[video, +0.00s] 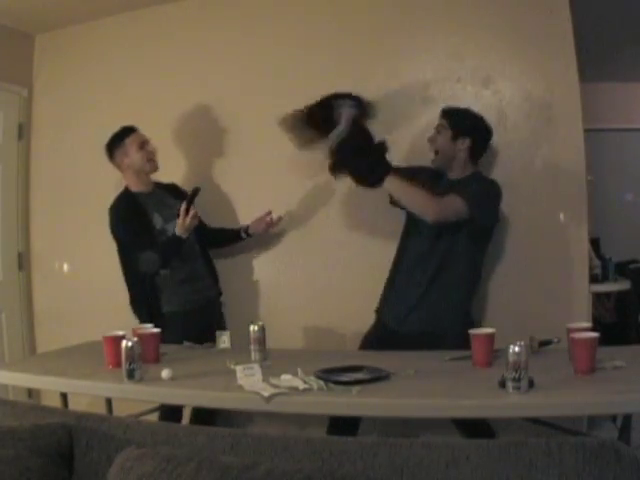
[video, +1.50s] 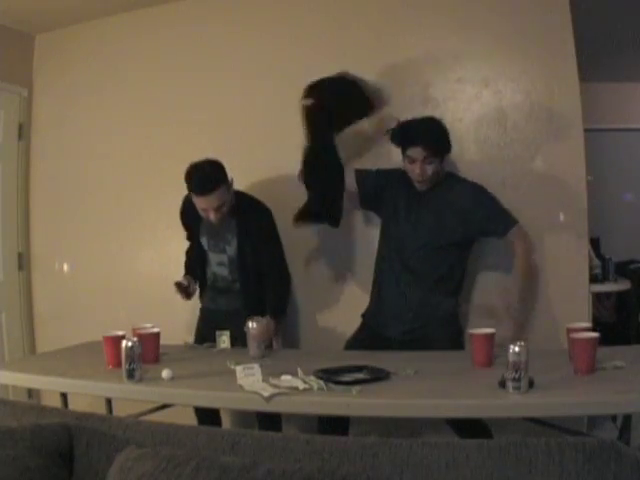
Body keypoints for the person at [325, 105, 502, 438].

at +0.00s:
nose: (431, 139)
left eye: (439, 133)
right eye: (434, 131)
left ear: (463, 145)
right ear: (458, 144)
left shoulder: (484, 191)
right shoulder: (427, 179)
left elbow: (434, 210)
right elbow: (374, 173)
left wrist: (379, 173)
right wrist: (350, 130)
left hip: (443, 327)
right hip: (394, 320)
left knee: (463, 411)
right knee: (347, 395)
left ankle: (504, 468)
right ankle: (331, 471)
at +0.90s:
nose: (421, 183)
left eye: (429, 175)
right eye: (414, 174)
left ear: (445, 168)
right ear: (404, 167)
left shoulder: (461, 200)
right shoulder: (397, 185)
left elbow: (439, 264)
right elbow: (352, 176)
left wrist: (384, 222)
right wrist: (343, 125)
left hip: (431, 329)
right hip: (381, 321)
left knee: (455, 413)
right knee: (327, 389)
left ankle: (499, 469)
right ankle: (328, 472)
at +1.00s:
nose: (420, 180)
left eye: (428, 170)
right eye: (411, 170)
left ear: (440, 163)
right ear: (400, 163)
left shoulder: (460, 200)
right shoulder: (387, 185)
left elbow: (477, 267)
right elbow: (351, 191)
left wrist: (411, 257)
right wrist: (354, 137)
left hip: (433, 326)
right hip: (381, 321)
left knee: (454, 409)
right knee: (330, 385)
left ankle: (499, 467)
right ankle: (327, 469)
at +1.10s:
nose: (424, 179)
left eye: (432, 170)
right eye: (416, 170)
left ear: (441, 163)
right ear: (401, 163)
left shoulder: (461, 201)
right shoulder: (384, 187)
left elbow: (493, 260)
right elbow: (342, 194)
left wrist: (454, 287)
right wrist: (328, 143)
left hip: (437, 325)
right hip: (385, 318)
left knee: (455, 407)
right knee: (333, 388)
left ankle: (499, 469)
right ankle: (327, 474)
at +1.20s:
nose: (429, 181)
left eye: (437, 172)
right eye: (421, 172)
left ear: (446, 165)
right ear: (405, 164)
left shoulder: (464, 201)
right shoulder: (388, 184)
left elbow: (491, 257)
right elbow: (340, 186)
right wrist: (305, 146)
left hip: (437, 326)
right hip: (384, 321)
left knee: (458, 408)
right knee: (334, 385)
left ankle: (498, 468)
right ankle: (330, 469)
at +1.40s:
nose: (421, 170)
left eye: (430, 161)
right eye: (413, 161)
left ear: (443, 158)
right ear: (402, 157)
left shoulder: (464, 198)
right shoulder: (389, 185)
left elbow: (514, 251)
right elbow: (333, 179)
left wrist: (533, 321)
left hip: (435, 330)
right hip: (380, 324)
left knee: (459, 411)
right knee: (331, 391)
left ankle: (503, 474)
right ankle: (327, 474)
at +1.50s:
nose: (419, 170)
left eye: (428, 162)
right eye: (411, 161)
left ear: (444, 158)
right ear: (402, 157)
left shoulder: (468, 197)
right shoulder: (391, 186)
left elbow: (522, 243)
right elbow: (326, 179)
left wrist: (519, 314)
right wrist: (370, 133)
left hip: (436, 328)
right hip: (381, 322)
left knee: (458, 409)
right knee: (332, 391)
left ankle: (502, 474)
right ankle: (328, 476)